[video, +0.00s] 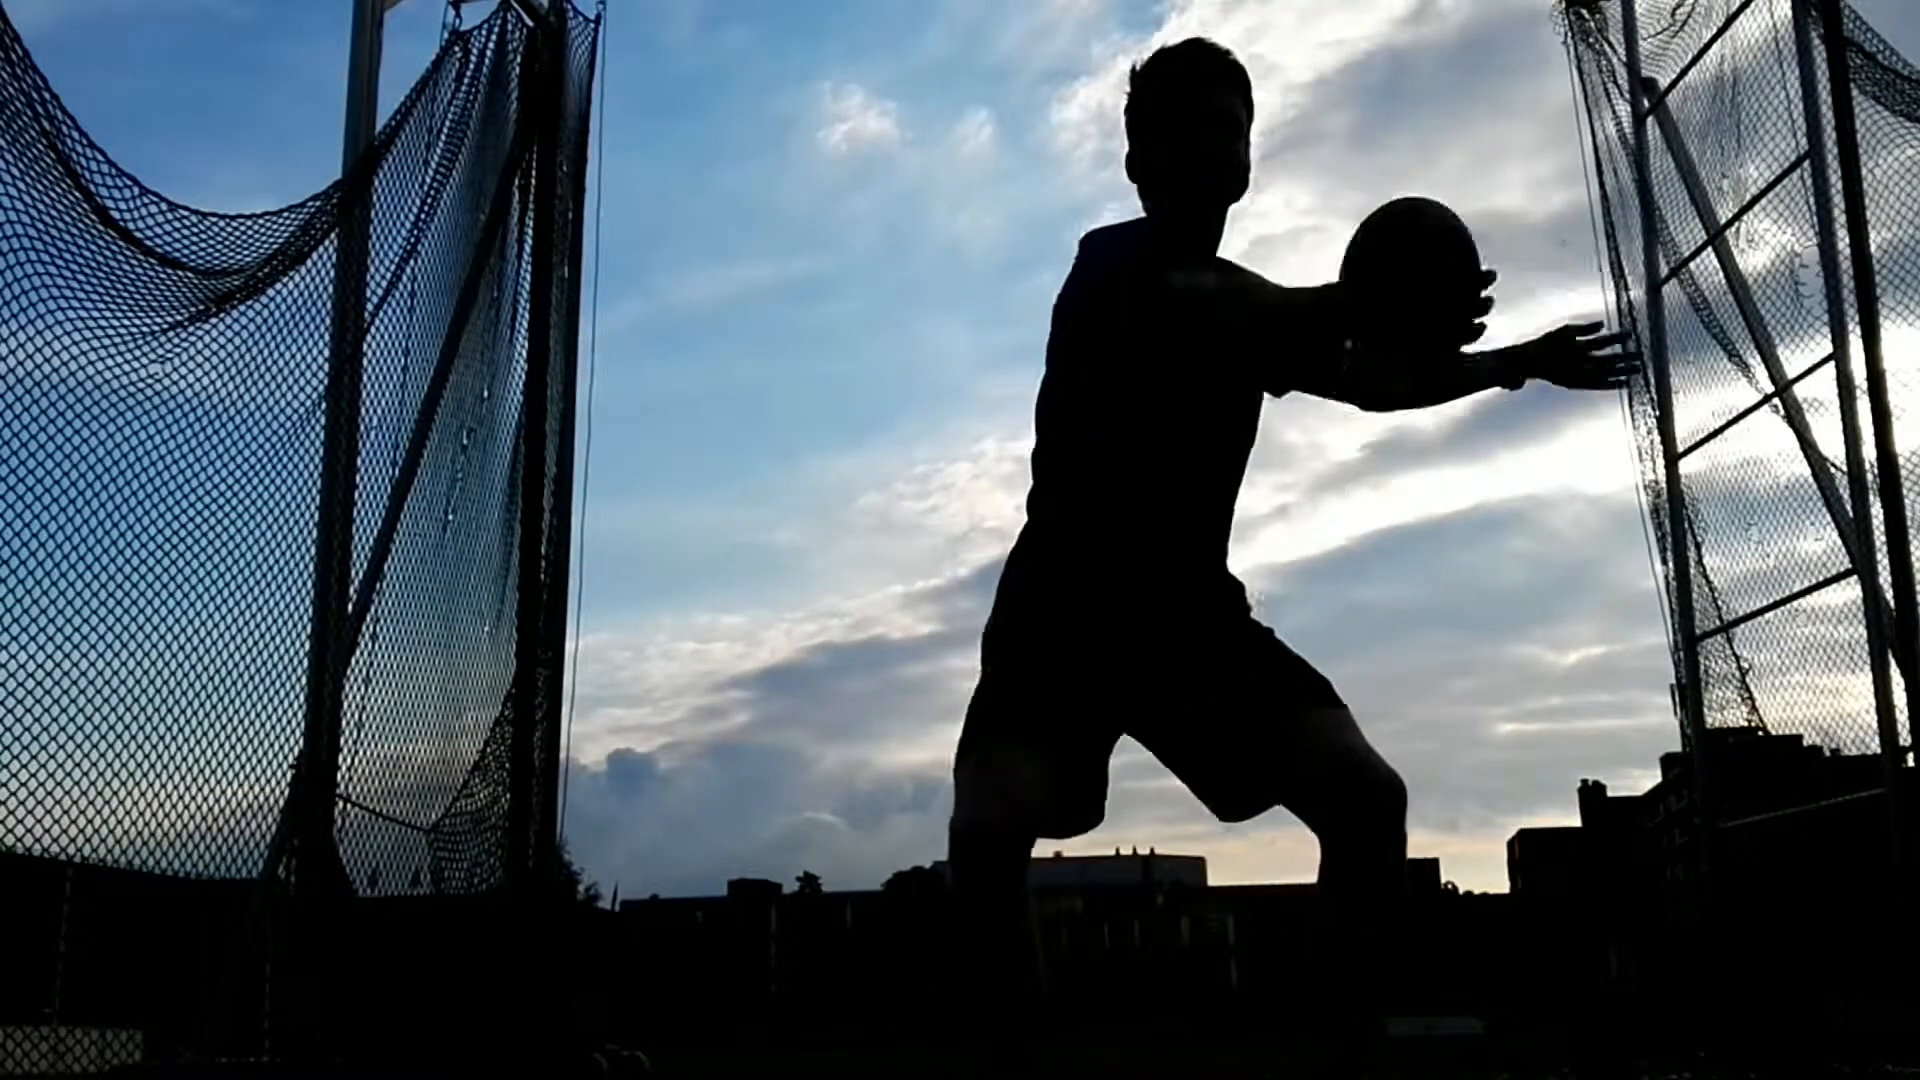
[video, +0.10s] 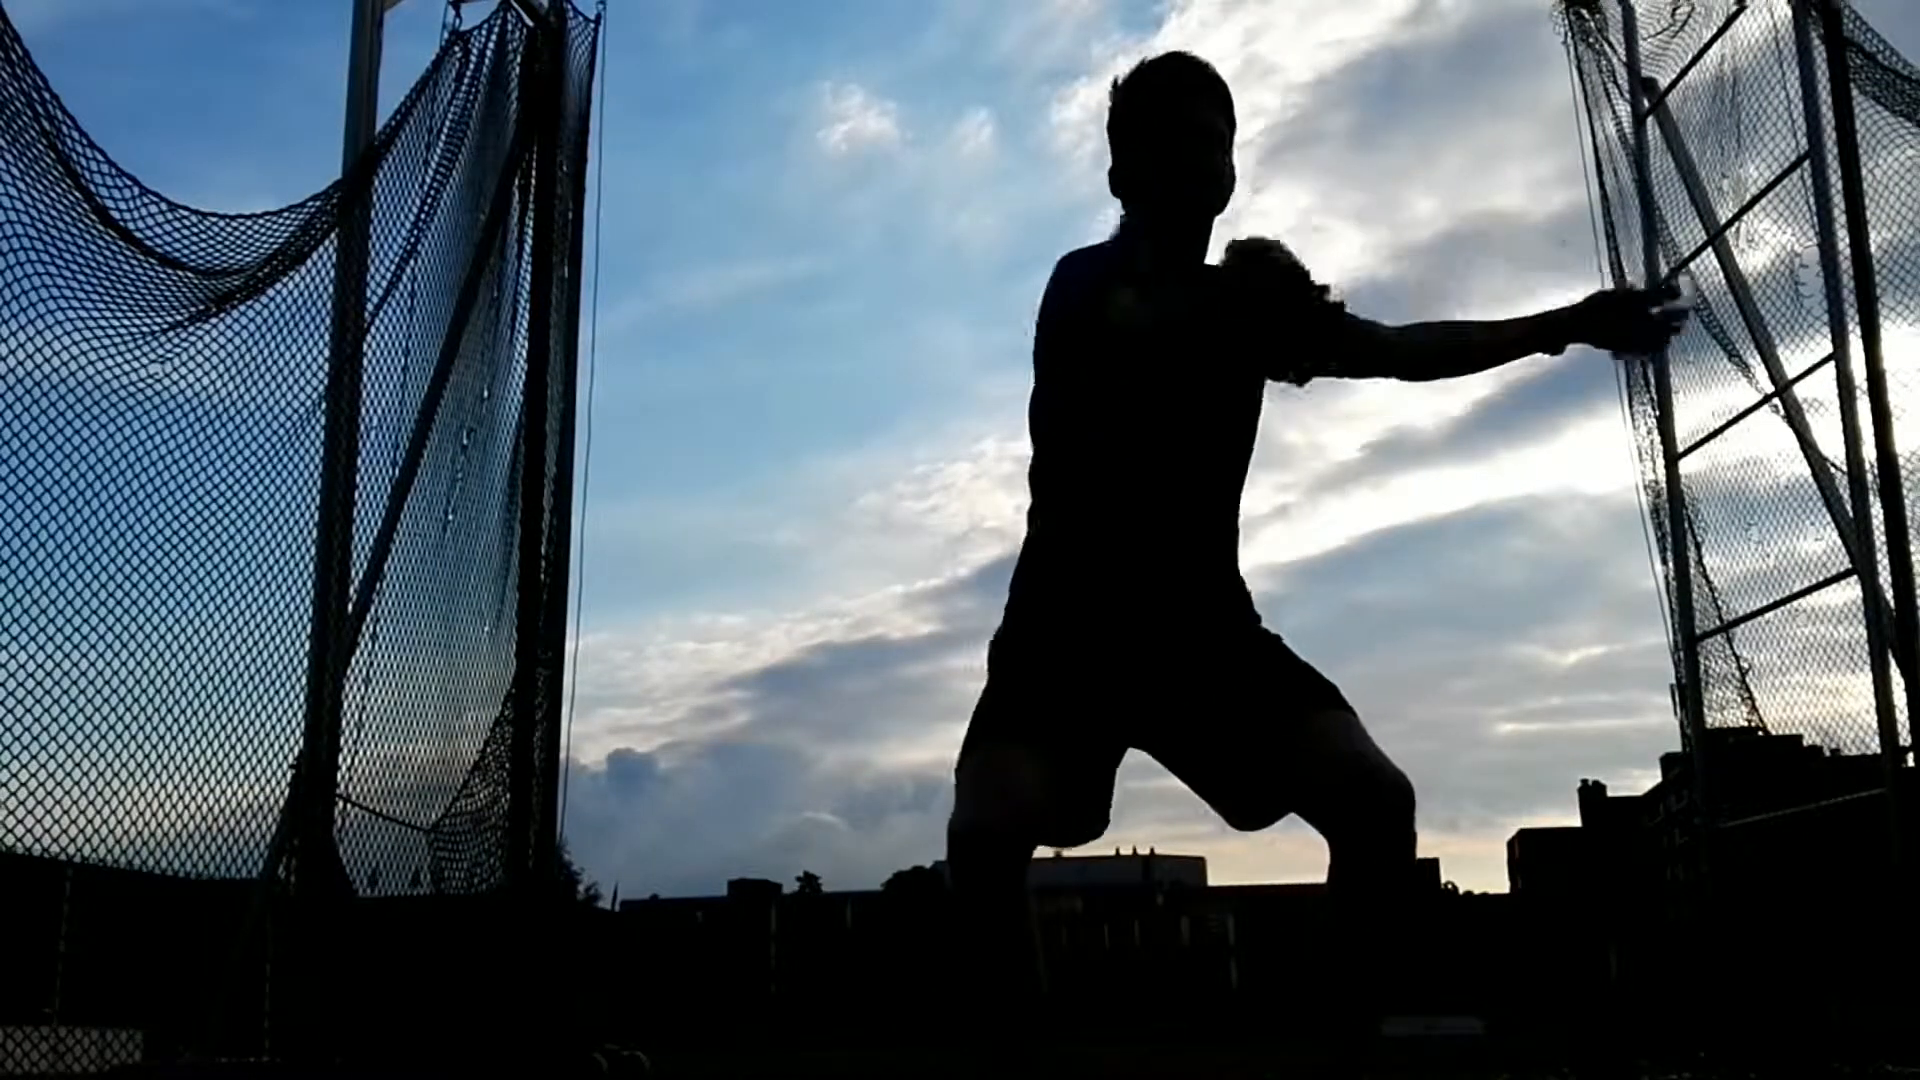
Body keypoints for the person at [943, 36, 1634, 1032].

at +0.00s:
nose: (1230, 154)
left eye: (1237, 131)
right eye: (1203, 130)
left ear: (1249, 152)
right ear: (1146, 146)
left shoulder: (1235, 297)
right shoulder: (1115, 269)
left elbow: (1368, 381)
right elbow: (1249, 328)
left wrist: (1523, 362)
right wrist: (1371, 308)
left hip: (1188, 606)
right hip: (1067, 601)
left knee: (1367, 803)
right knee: (985, 836)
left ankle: (1349, 1043)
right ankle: (989, 1050)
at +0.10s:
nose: (1210, 169)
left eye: (1219, 145)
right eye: (1180, 144)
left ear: (1235, 165)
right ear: (1120, 164)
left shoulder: (1242, 293)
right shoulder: (1079, 285)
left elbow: (1395, 348)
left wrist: (1572, 322)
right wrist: (1237, 288)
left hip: (1199, 627)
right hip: (1062, 629)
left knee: (1375, 807)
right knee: (983, 846)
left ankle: (1354, 1048)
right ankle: (996, 1064)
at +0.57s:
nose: (1116, 178)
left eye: (1127, 156)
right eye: (1094, 158)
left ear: (1142, 176)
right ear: (1066, 183)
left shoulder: (1239, 286)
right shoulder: (987, 346)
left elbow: (1431, 226)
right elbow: (822, 425)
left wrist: (1594, 143)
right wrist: (651, 479)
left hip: (1247, 648)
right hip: (1097, 665)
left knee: (1362, 842)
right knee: (993, 833)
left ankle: (1432, 1066)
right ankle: (1008, 1057)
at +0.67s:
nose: (1061, 179)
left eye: (1080, 152)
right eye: (1045, 158)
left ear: (1127, 163)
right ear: (1031, 179)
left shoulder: (1225, 280)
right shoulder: (978, 346)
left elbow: (1380, 207)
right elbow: (828, 437)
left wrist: (1506, 117)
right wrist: (678, 497)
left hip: (1252, 637)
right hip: (1100, 655)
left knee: (1346, 857)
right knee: (988, 845)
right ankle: (998, 1064)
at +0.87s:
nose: (997, 177)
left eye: (1015, 151)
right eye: (994, 157)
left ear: (1088, 155)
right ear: (1008, 173)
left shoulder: (1178, 258)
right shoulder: (1000, 332)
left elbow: (1177, 189)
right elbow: (904, 436)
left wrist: (1173, 122)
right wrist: (824, 497)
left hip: (1249, 605)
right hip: (1111, 625)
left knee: (1296, 851)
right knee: (983, 827)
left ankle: (1415, 1058)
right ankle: (1002, 1060)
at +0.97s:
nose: (986, 188)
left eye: (1004, 157)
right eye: (981, 165)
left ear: (1077, 148)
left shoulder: (1165, 251)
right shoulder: (1004, 330)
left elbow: (1113, 206)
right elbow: (928, 447)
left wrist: (1040, 129)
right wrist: (867, 495)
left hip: (1247, 600)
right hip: (1113, 620)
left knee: (1287, 867)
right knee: (982, 819)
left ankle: (1428, 1062)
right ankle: (1001, 1065)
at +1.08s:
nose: (966, 164)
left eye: (981, 140)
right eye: (965, 144)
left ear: (1049, 141)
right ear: (1071, 141)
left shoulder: (1118, 235)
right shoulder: (1050, 281)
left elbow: (960, 220)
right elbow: (1054, 395)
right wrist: (1014, 453)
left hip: (1234, 598)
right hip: (1125, 607)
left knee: (1261, 880)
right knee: (983, 814)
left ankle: (1437, 1066)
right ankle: (1000, 1057)